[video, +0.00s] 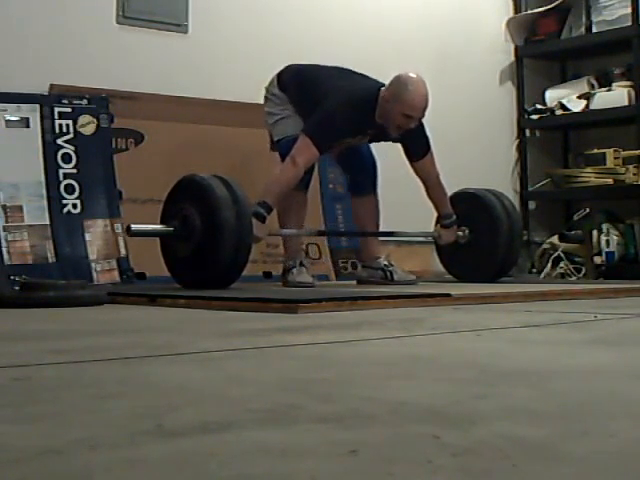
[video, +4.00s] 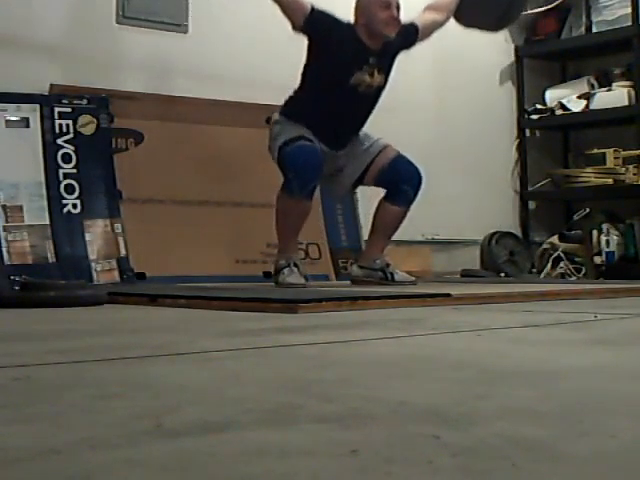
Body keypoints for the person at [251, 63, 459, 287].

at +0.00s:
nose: (411, 126)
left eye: (417, 120)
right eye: (407, 117)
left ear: (422, 114)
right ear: (385, 100)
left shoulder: (408, 122)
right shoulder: (346, 109)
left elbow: (429, 175)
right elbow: (296, 162)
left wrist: (448, 218)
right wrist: (260, 212)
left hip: (334, 107)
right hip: (288, 98)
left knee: (363, 167)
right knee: (298, 170)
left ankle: (371, 263)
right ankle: (295, 265)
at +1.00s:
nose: (405, 109)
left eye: (412, 103)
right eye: (401, 100)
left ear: (417, 100)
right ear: (380, 88)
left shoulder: (410, 127)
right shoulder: (342, 110)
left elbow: (432, 177)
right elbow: (295, 163)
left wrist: (448, 220)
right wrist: (259, 215)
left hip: (337, 151)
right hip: (286, 134)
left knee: (396, 174)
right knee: (298, 173)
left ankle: (374, 263)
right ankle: (293, 266)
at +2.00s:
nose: (404, 7)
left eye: (406, 2)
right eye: (394, 1)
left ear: (408, 10)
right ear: (371, 6)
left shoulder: (399, 62)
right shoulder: (340, 44)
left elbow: (417, 106)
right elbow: (291, 89)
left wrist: (439, 154)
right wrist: (261, 134)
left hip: (341, 119)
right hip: (296, 112)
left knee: (380, 168)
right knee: (294, 159)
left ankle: (374, 262)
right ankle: (291, 263)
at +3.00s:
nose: (373, 82)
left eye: (375, 77)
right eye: (364, 75)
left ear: (378, 83)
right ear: (340, 83)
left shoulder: (377, 112)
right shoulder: (312, 103)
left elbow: (420, 80)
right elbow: (272, 63)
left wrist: (444, 50)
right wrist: (240, 17)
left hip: (350, 220)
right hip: (305, 218)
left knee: (405, 184)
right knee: (303, 178)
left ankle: (370, 264)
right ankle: (287, 264)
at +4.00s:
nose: (395, 14)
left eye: (397, 8)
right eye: (385, 7)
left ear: (399, 13)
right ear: (362, 13)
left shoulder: (393, 43)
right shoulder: (328, 30)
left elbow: (438, 13)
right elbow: (286, 2)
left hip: (346, 143)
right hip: (297, 130)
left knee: (407, 178)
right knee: (305, 163)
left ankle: (370, 263)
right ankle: (285, 262)